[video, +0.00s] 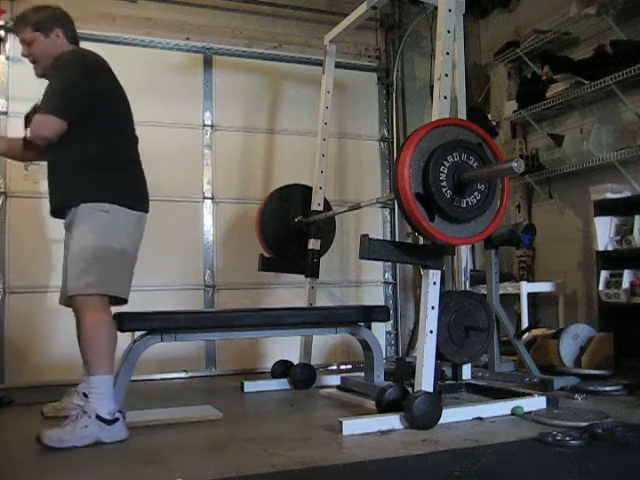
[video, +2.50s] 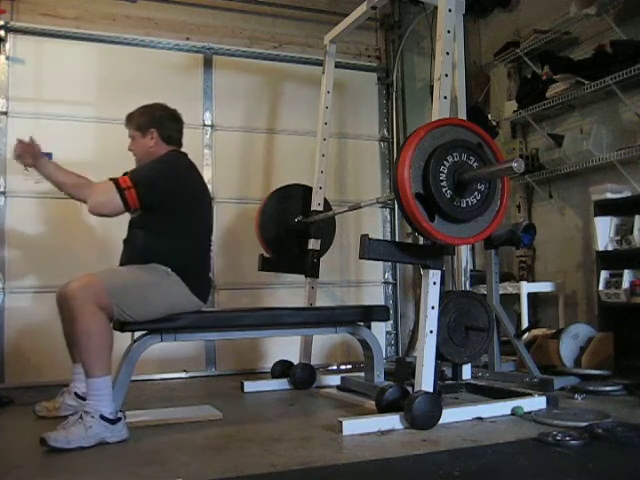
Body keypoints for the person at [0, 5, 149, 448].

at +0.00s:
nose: (26, 54)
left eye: (29, 44)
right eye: (23, 47)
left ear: (56, 36)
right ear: (57, 39)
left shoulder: (76, 64)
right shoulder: (72, 73)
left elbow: (46, 132)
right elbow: (35, 151)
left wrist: (31, 126)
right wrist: (3, 142)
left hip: (106, 201)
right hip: (93, 201)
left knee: (90, 299)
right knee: (85, 299)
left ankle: (104, 414)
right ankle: (96, 397)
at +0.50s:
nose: (14, 69)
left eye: (16, 58)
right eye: (11, 61)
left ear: (42, 44)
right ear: (42, 48)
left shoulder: (69, 73)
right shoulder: (68, 75)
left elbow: (11, 121)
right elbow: (30, 148)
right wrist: (16, 118)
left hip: (119, 198)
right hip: (114, 198)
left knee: (88, 297)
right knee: (88, 297)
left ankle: (104, 416)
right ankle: (96, 393)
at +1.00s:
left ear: (4, 141)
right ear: (6, 141)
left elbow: (52, 178)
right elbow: (28, 219)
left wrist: (51, 255)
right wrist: (29, 268)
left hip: (143, 208)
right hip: (119, 215)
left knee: (92, 294)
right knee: (73, 293)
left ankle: (106, 415)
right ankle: (84, 395)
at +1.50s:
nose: (11, 221)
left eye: (4, 212)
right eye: (4, 217)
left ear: (9, 188)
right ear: (11, 185)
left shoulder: (55, 187)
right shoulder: (45, 192)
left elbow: (85, 233)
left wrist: (71, 303)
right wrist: (69, 288)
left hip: (158, 254)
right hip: (139, 252)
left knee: (72, 301)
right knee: (62, 296)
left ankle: (103, 415)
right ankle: (81, 393)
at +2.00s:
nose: (88, 161)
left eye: (90, 153)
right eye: (85, 155)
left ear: (109, 142)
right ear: (112, 143)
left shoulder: (141, 170)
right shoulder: (127, 173)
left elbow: (80, 220)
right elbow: (75, 229)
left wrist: (31, 229)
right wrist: (28, 228)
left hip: (173, 280)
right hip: (150, 278)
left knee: (81, 296)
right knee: (68, 295)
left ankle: (104, 416)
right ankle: (81, 394)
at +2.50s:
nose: (129, 146)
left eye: (133, 138)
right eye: (130, 138)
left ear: (153, 138)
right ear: (155, 139)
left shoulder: (170, 169)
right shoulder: (159, 169)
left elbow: (100, 204)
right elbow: (90, 191)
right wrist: (40, 162)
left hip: (178, 280)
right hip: (157, 276)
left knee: (84, 296)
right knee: (69, 294)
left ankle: (104, 416)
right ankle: (82, 394)